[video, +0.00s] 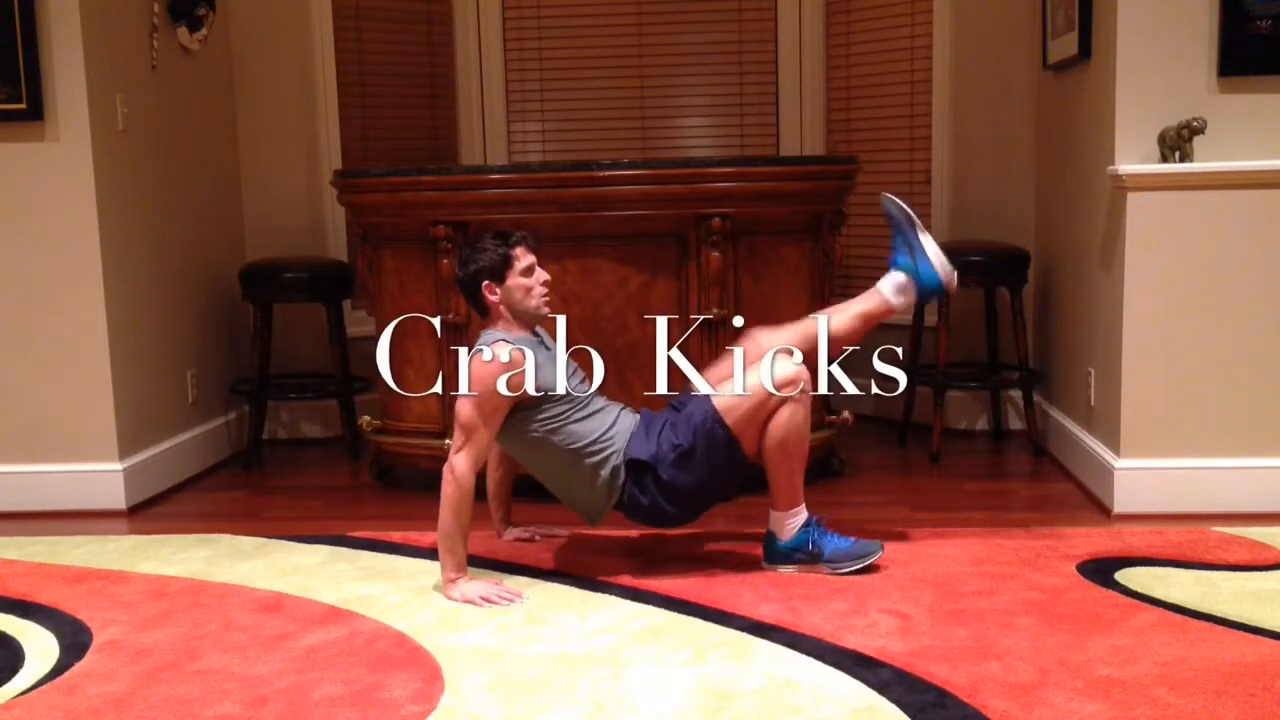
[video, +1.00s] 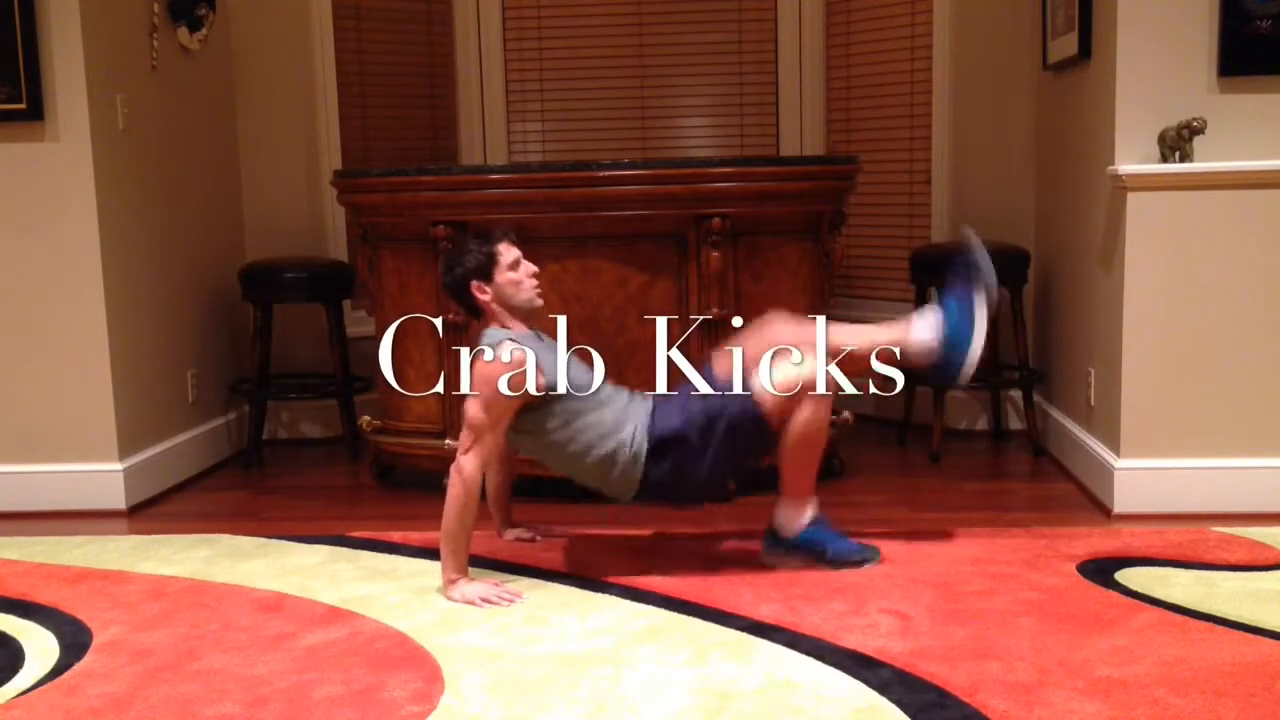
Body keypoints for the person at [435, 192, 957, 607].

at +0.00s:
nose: (545, 279)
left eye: (539, 268)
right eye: (529, 273)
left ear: (514, 288)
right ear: (494, 295)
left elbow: (504, 439)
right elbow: (458, 467)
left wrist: (500, 525)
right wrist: (452, 576)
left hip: (655, 434)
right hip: (648, 474)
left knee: (757, 343)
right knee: (786, 376)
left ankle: (898, 292)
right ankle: (790, 531)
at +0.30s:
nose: (526, 277)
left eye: (522, 268)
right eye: (511, 273)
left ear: (495, 290)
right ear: (477, 295)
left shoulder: (511, 338)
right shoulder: (486, 358)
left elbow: (494, 440)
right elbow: (459, 463)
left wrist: (498, 522)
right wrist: (452, 576)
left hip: (660, 396)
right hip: (664, 440)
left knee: (740, 268)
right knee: (826, 341)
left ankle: (880, 337)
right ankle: (816, 510)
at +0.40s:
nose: (516, 274)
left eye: (511, 264)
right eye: (500, 269)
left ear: (486, 286)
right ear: (465, 292)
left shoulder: (503, 342)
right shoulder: (483, 356)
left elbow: (492, 444)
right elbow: (456, 466)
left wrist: (497, 526)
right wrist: (453, 575)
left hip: (657, 397)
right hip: (660, 422)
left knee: (784, 297)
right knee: (787, 300)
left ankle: (816, 437)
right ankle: (894, 408)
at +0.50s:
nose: (519, 275)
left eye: (513, 265)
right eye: (502, 271)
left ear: (495, 286)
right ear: (470, 297)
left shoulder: (510, 345)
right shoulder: (486, 357)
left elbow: (493, 446)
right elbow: (455, 468)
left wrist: (499, 526)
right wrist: (452, 575)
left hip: (657, 428)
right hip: (650, 446)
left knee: (787, 337)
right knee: (787, 334)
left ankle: (782, 505)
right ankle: (937, 341)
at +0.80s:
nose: (523, 270)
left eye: (518, 260)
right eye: (507, 265)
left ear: (502, 280)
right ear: (473, 292)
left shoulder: (518, 341)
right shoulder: (494, 359)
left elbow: (497, 440)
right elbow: (463, 466)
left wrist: (501, 525)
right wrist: (453, 577)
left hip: (663, 423)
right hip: (658, 444)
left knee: (794, 347)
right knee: (781, 310)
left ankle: (794, 489)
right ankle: (924, 386)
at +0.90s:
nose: (524, 270)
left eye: (518, 260)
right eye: (508, 265)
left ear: (495, 283)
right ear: (475, 290)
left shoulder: (511, 340)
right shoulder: (493, 355)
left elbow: (498, 444)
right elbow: (466, 463)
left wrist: (500, 524)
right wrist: (453, 578)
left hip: (659, 412)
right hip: (664, 443)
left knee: (777, 303)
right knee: (794, 320)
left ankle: (881, 413)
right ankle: (846, 470)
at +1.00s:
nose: (531, 272)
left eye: (525, 262)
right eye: (515, 268)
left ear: (504, 285)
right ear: (484, 294)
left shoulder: (521, 342)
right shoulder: (499, 361)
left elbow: (497, 443)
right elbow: (465, 466)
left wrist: (499, 525)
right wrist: (452, 577)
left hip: (659, 417)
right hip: (652, 451)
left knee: (779, 327)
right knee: (809, 380)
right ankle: (793, 525)